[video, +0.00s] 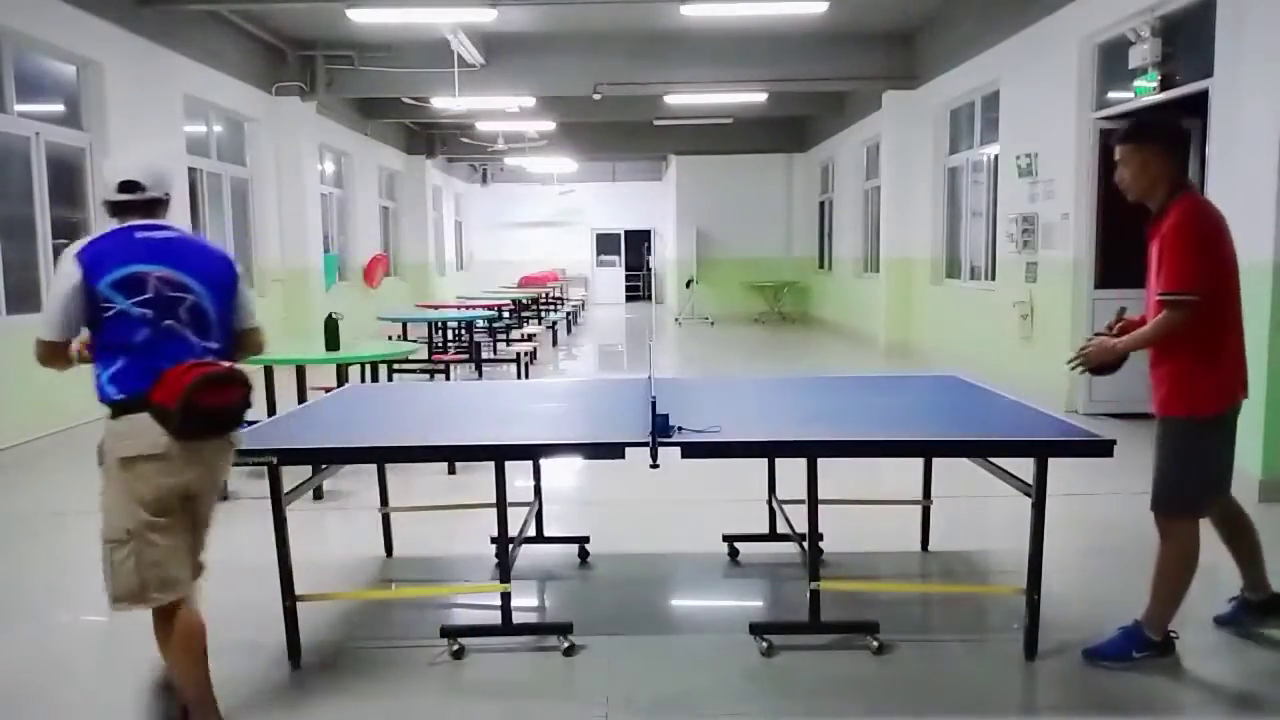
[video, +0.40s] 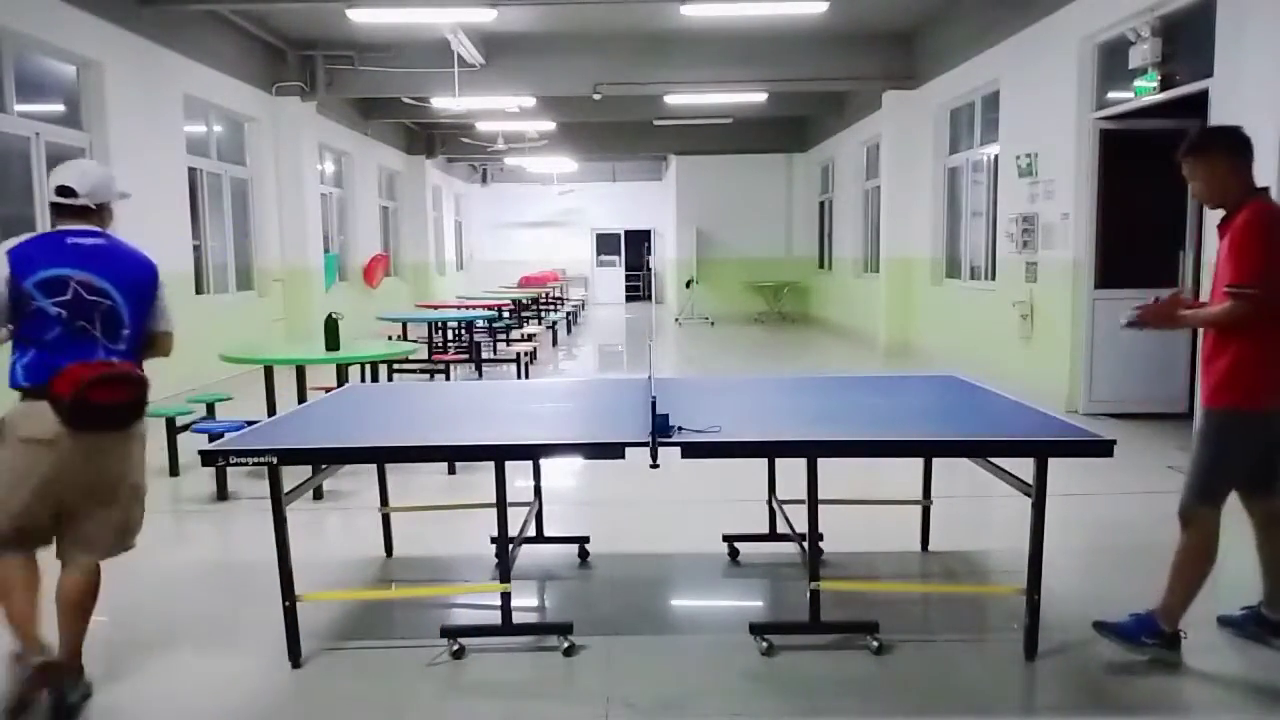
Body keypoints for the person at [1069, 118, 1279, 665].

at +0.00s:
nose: (1116, 176)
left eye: (1123, 163)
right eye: (1115, 164)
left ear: (1157, 159)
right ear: (1152, 162)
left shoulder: (1187, 222)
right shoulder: (1177, 219)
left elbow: (1182, 313)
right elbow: (1175, 302)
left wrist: (1119, 346)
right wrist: (1135, 323)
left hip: (1194, 396)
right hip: (1203, 393)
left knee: (1175, 512)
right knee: (1214, 498)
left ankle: (1153, 631)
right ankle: (1261, 594)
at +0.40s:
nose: (1191, 189)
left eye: (1196, 176)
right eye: (1188, 178)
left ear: (1228, 168)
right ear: (1229, 171)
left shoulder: (1254, 222)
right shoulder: (1241, 220)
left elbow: (1241, 307)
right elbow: (1236, 302)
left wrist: (1178, 318)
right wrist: (1189, 307)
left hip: (1238, 401)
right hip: (1250, 398)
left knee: (1199, 511)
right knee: (1265, 506)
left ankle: (1165, 622)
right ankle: (1273, 610)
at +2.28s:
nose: (1167, 179)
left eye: (1175, 167)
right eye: (1167, 168)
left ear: (1211, 164)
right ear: (1197, 168)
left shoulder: (1245, 223)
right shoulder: (1209, 222)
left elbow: (1264, 316)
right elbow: (1211, 296)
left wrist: (1224, 385)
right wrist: (1173, 285)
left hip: (1232, 391)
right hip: (1211, 387)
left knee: (1199, 501)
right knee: (1218, 502)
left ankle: (1222, 615)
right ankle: (1265, 596)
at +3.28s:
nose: (1136, 203)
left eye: (1140, 190)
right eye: (1133, 193)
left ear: (1170, 179)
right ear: (1170, 182)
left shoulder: (1208, 225)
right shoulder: (1191, 231)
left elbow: (1228, 299)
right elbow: (1213, 302)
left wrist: (1201, 374)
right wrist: (1186, 343)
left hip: (1240, 384)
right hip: (1212, 383)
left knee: (1222, 496)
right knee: (1186, 477)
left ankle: (1277, 607)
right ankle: (1192, 574)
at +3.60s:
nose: (1177, 218)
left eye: (1174, 206)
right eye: (1172, 209)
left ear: (1195, 188)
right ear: (1212, 184)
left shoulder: (1215, 226)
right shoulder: (1265, 218)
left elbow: (1227, 306)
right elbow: (1255, 309)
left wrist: (1205, 378)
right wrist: (1230, 388)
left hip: (1258, 393)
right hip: (1268, 389)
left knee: (1240, 501)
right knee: (1235, 491)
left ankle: (1274, 614)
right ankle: (1269, 590)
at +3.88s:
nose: (1228, 238)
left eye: (1226, 232)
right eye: (1227, 233)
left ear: (1233, 224)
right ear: (1266, 214)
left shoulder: (1241, 241)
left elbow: (1238, 299)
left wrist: (1248, 388)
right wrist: (1243, 373)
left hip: (1272, 404)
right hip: (1272, 403)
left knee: (1242, 506)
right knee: (1250, 506)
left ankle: (1276, 613)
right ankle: (1274, 614)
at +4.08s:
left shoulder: (1274, 273)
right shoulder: (1273, 274)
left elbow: (1261, 323)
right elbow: (1261, 322)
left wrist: (1246, 400)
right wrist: (1247, 400)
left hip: (1279, 428)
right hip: (1277, 427)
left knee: (1260, 509)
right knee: (1259, 509)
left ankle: (1277, 614)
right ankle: (1276, 614)